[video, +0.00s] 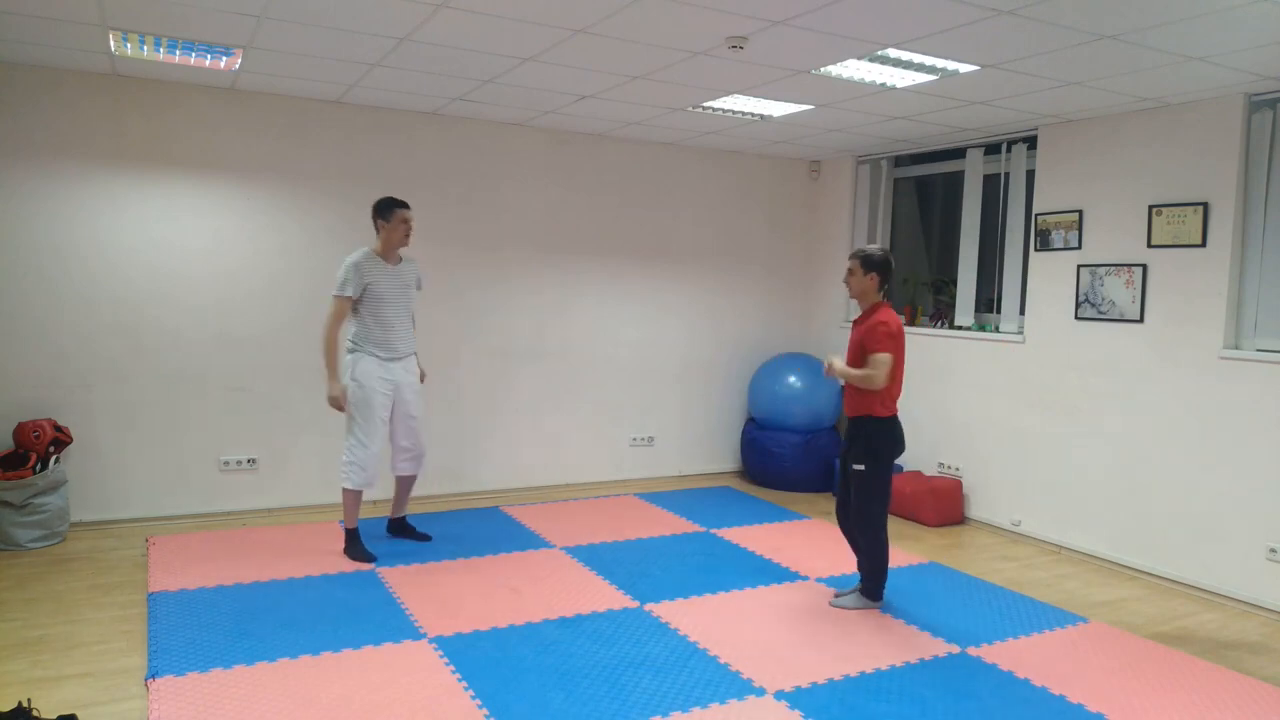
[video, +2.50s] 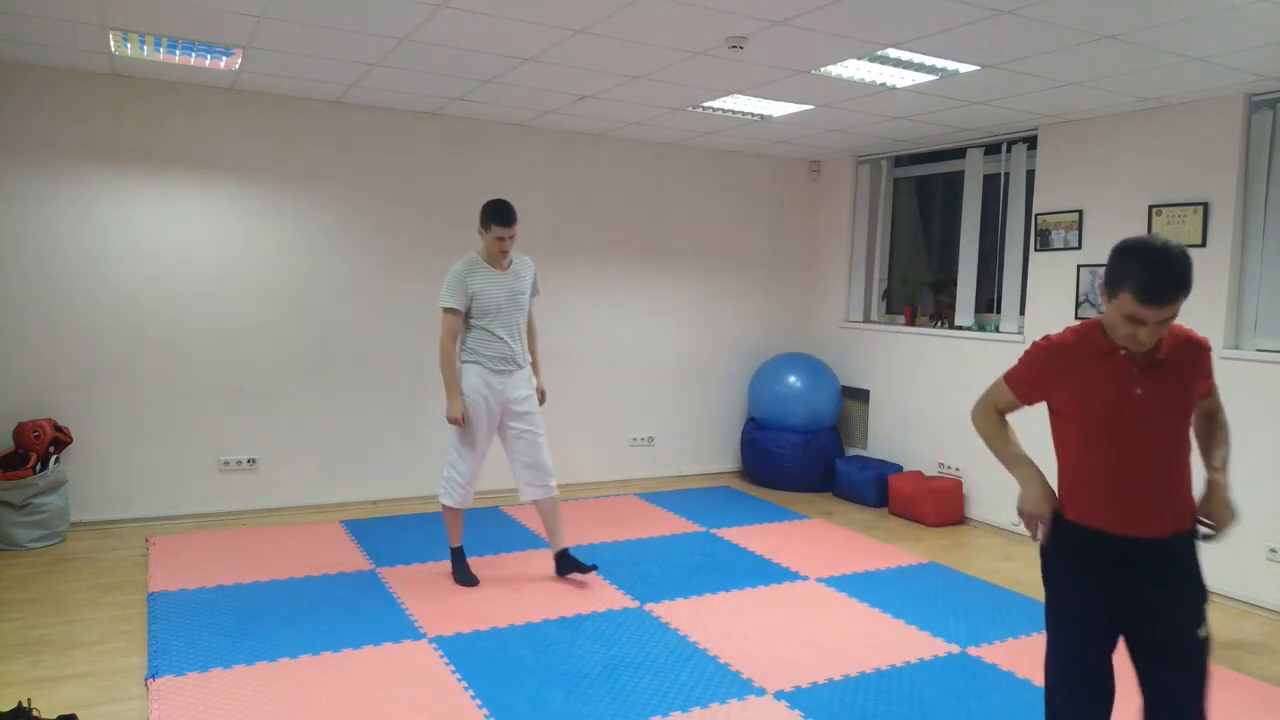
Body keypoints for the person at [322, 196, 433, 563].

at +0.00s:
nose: (410, 230)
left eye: (411, 223)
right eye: (404, 223)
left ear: (405, 228)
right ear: (381, 225)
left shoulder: (410, 268)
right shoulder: (357, 265)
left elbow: (406, 321)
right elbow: (332, 325)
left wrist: (415, 362)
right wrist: (333, 380)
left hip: (405, 368)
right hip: (368, 367)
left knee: (412, 446)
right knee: (363, 449)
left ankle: (398, 520)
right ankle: (352, 536)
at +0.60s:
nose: (422, 228)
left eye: (423, 222)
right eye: (415, 223)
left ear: (418, 227)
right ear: (394, 227)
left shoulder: (427, 268)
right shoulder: (373, 268)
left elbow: (435, 317)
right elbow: (368, 335)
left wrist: (444, 360)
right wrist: (394, 381)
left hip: (417, 371)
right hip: (377, 372)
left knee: (432, 450)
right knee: (360, 454)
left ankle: (441, 534)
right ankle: (350, 537)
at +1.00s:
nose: (469, 243)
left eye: (474, 238)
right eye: (464, 235)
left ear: (477, 238)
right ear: (446, 229)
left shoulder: (468, 277)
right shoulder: (414, 262)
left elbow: (470, 332)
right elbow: (390, 316)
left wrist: (477, 378)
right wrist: (407, 365)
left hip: (447, 369)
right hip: (406, 367)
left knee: (449, 452)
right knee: (396, 455)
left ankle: (443, 535)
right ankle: (367, 528)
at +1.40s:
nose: (485, 249)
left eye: (491, 243)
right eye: (481, 240)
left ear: (495, 243)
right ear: (465, 233)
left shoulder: (489, 281)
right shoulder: (433, 262)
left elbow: (489, 335)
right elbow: (402, 311)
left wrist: (493, 384)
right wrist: (382, 363)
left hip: (460, 371)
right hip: (420, 366)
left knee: (451, 452)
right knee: (423, 452)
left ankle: (443, 534)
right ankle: (428, 544)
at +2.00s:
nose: (479, 240)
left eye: (484, 233)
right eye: (472, 235)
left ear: (490, 230)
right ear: (455, 231)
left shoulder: (499, 268)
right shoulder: (438, 271)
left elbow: (508, 321)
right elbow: (425, 335)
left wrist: (514, 363)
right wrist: (434, 388)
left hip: (492, 375)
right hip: (454, 374)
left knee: (479, 459)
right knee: (448, 460)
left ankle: (447, 528)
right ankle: (455, 550)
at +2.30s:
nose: (486, 243)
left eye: (491, 236)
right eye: (479, 237)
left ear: (496, 230)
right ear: (461, 232)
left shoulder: (507, 266)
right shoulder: (446, 273)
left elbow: (515, 321)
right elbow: (438, 341)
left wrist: (528, 371)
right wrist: (450, 396)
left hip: (507, 377)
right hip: (467, 379)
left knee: (524, 463)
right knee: (455, 467)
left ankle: (505, 537)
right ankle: (456, 553)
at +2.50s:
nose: (507, 246)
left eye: (512, 238)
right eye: (500, 239)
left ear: (517, 234)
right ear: (482, 233)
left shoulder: (524, 267)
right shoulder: (463, 273)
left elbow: (528, 323)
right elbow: (448, 339)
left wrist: (536, 374)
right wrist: (453, 396)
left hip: (519, 380)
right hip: (477, 380)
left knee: (537, 465)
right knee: (463, 468)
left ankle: (562, 554)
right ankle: (457, 555)